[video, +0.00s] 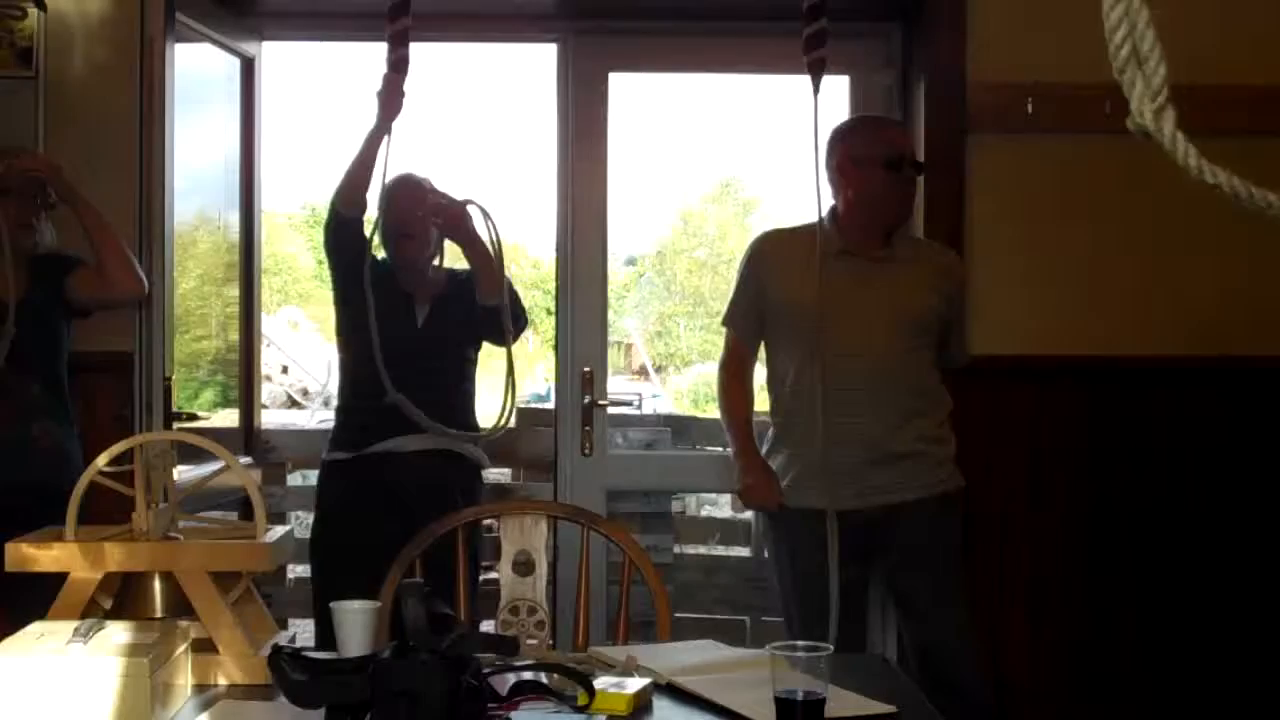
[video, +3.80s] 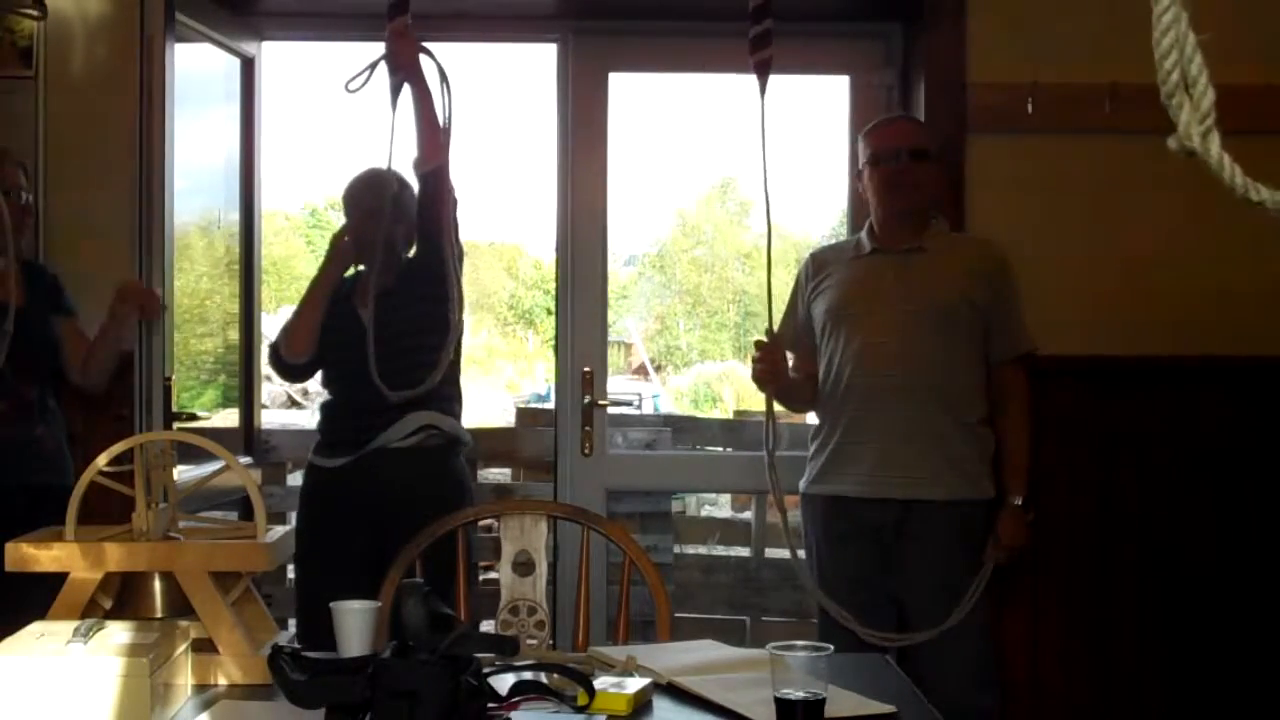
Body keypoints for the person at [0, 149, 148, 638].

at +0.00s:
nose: (31, 210)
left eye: (38, 198)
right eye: (19, 195)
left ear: (44, 209)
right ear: (2, 205)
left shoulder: (45, 272)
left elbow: (128, 286)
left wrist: (70, 194)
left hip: (48, 469)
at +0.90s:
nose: (16, 217)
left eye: (15, 207)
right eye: (11, 208)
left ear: (18, 213)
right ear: (4, 216)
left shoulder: (15, 285)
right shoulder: (17, 285)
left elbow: (84, 318)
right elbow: (83, 317)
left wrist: (26, 242)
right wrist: (27, 244)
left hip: (22, 462)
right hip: (14, 465)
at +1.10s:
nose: (21, 224)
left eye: (20, 217)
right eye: (13, 217)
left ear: (20, 225)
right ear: (5, 224)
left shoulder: (14, 282)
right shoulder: (15, 284)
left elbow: (66, 361)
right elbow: (65, 360)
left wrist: (38, 262)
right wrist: (34, 265)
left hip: (16, 470)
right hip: (11, 471)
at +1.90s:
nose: (33, 221)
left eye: (38, 208)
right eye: (20, 209)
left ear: (43, 211)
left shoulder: (38, 286)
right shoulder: (9, 284)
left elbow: (58, 389)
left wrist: (68, 320)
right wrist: (21, 307)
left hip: (34, 455)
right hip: (9, 455)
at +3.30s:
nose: (38, 214)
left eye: (39, 199)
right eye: (23, 200)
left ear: (42, 207)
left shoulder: (44, 287)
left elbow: (78, 394)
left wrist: (77, 330)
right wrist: (11, 306)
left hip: (44, 464)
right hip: (11, 464)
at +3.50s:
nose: (23, 213)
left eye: (25, 199)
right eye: (12, 200)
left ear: (34, 207)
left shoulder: (39, 282)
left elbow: (96, 368)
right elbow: (96, 366)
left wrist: (96, 283)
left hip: (41, 467)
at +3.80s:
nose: (23, 205)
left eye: (25, 193)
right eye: (11, 193)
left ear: (30, 201)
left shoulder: (35, 281)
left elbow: (88, 375)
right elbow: (87, 374)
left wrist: (122, 314)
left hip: (40, 467)